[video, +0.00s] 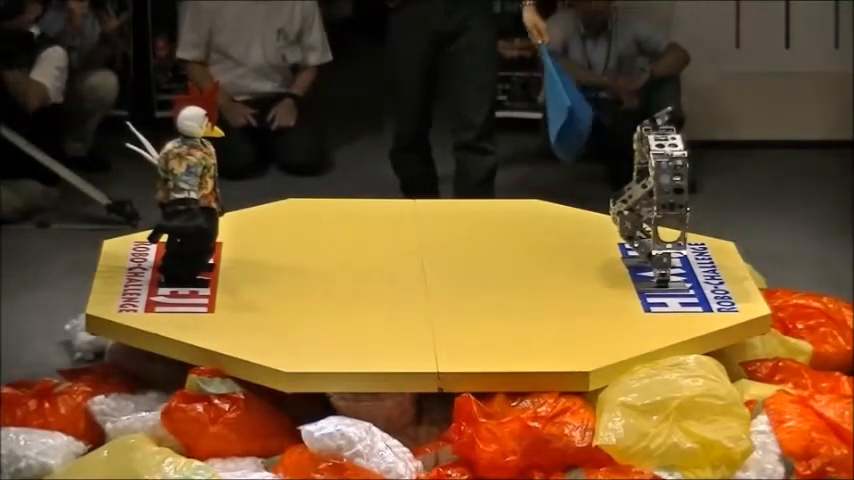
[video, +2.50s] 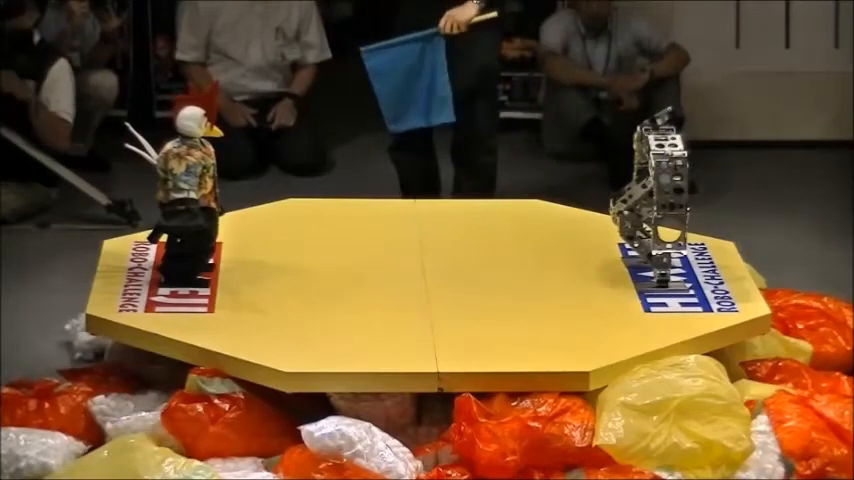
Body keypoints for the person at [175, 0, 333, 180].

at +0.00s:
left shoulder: (302, 5)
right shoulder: (203, 5)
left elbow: (312, 61)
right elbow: (192, 61)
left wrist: (291, 100)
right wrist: (226, 105)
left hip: (280, 97)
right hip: (229, 101)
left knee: (305, 160)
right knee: (236, 163)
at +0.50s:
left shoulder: (302, 5)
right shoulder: (202, 5)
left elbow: (312, 61)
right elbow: (191, 60)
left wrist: (292, 100)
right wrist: (226, 105)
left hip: (280, 98)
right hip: (228, 102)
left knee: (306, 160)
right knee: (237, 163)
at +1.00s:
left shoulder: (302, 5)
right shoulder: (201, 5)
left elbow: (312, 60)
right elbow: (191, 60)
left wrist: (291, 100)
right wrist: (226, 105)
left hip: (280, 98)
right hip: (228, 102)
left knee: (306, 160)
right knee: (237, 163)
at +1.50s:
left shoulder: (302, 5)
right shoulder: (202, 5)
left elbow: (310, 60)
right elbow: (191, 61)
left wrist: (291, 100)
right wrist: (226, 105)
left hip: (280, 99)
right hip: (227, 102)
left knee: (306, 161)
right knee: (238, 164)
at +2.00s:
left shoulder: (301, 5)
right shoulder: (202, 5)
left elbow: (310, 62)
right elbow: (191, 62)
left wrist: (291, 100)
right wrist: (226, 106)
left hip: (279, 99)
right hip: (227, 102)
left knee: (307, 161)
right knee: (238, 163)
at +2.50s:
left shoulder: (300, 5)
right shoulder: (201, 5)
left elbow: (310, 61)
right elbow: (191, 62)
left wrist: (290, 100)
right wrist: (226, 105)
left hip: (279, 98)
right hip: (227, 102)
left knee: (307, 161)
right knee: (237, 164)